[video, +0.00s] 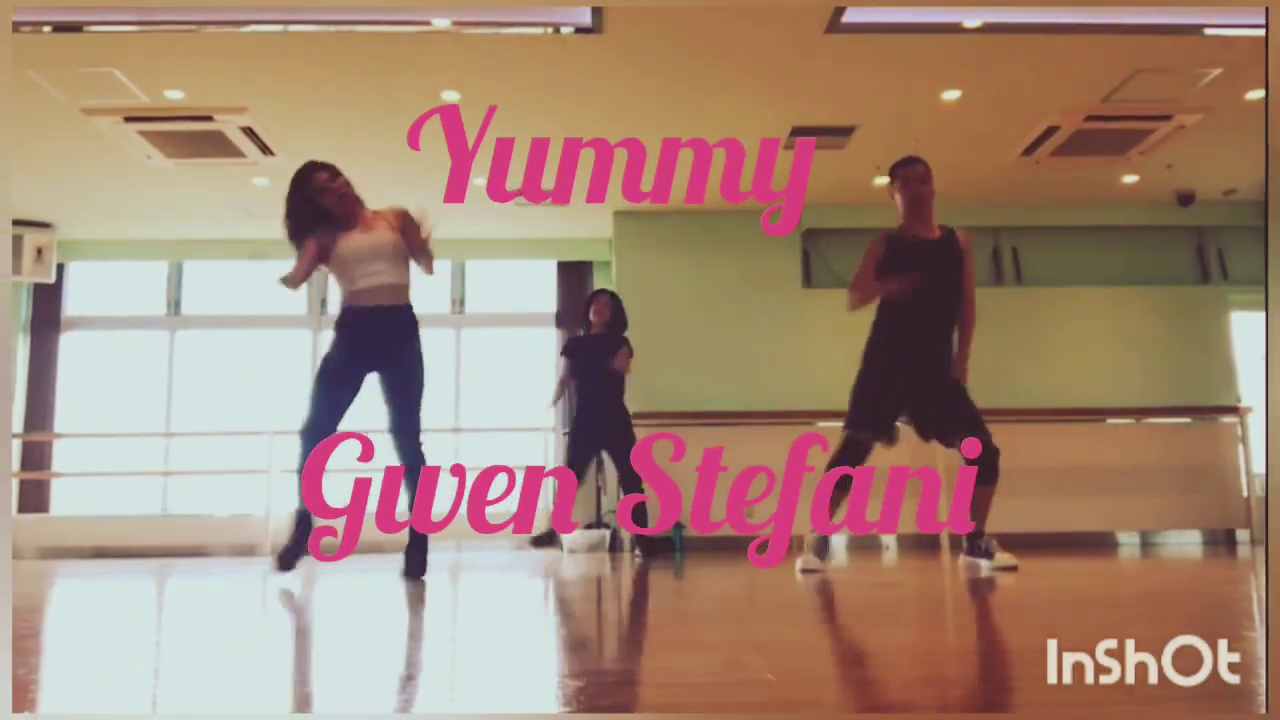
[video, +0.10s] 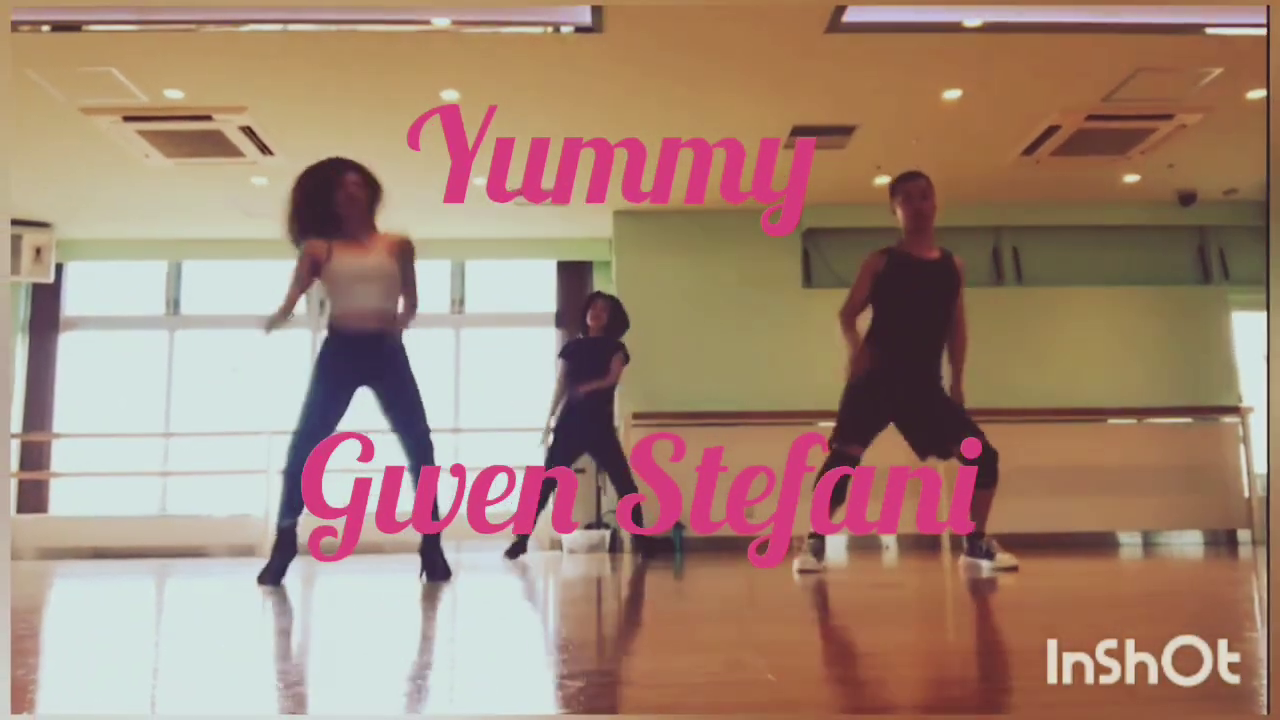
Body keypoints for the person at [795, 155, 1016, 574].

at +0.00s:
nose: (917, 190)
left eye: (923, 181)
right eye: (907, 184)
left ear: (934, 187)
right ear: (894, 193)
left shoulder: (956, 243)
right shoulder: (885, 245)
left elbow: (967, 305)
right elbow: (855, 297)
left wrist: (961, 361)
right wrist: (889, 284)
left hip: (933, 369)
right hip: (884, 368)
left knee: (984, 453)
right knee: (853, 450)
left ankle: (974, 541)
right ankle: (817, 541)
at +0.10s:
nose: (918, 206)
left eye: (924, 197)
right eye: (908, 200)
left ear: (937, 204)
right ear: (895, 210)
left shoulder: (951, 266)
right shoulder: (881, 263)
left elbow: (958, 328)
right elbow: (847, 315)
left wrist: (957, 381)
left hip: (922, 386)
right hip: (875, 383)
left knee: (984, 457)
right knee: (841, 462)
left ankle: (976, 543)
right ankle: (815, 543)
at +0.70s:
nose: (908, 194)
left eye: (915, 186)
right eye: (898, 186)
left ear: (925, 192)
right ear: (882, 191)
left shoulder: (936, 252)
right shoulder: (857, 247)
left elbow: (949, 317)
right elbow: (828, 304)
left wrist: (961, 376)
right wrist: (815, 360)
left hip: (930, 367)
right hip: (877, 370)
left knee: (977, 452)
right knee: (856, 455)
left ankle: (986, 546)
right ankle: (820, 544)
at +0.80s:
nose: (902, 193)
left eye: (909, 185)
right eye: (893, 185)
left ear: (920, 191)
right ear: (877, 191)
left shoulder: (936, 250)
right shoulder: (855, 246)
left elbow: (947, 314)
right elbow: (826, 304)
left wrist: (957, 373)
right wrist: (811, 361)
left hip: (921, 368)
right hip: (868, 371)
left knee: (971, 453)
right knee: (850, 455)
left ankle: (985, 545)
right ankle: (819, 545)